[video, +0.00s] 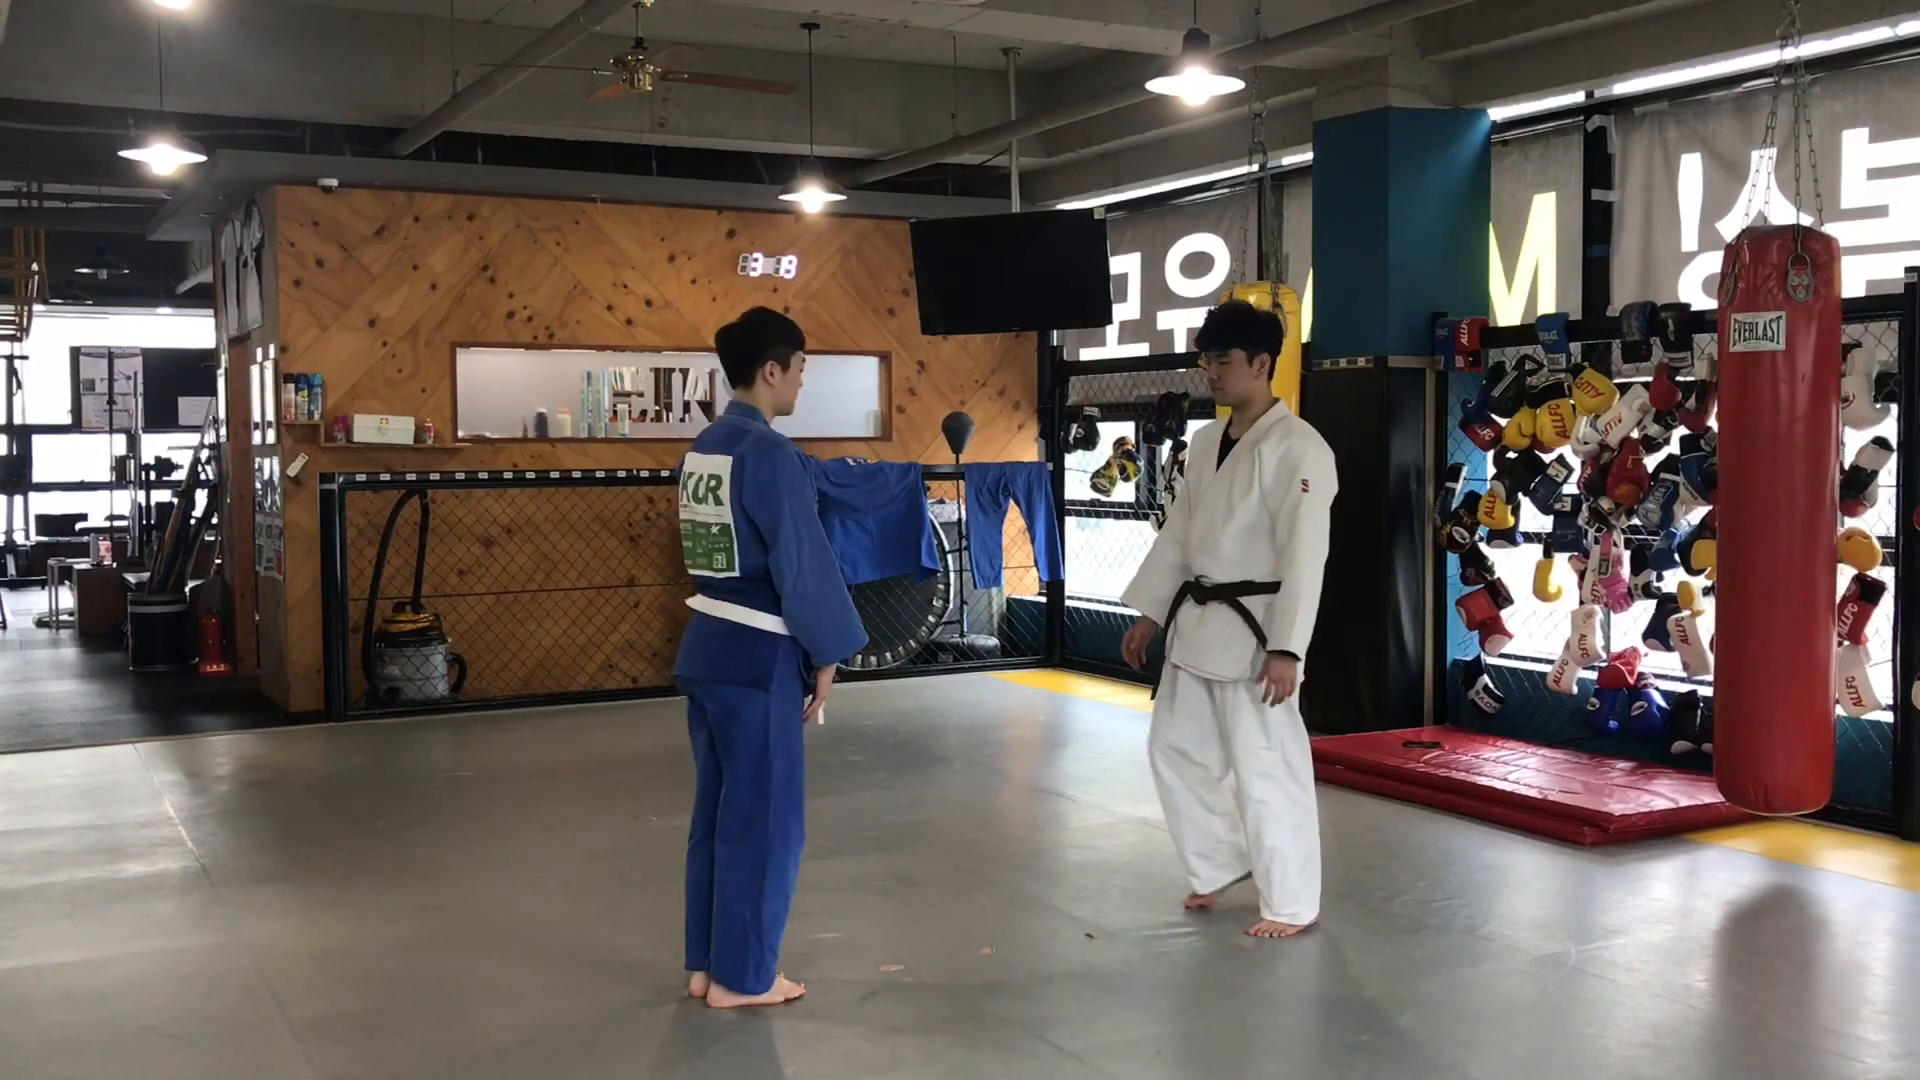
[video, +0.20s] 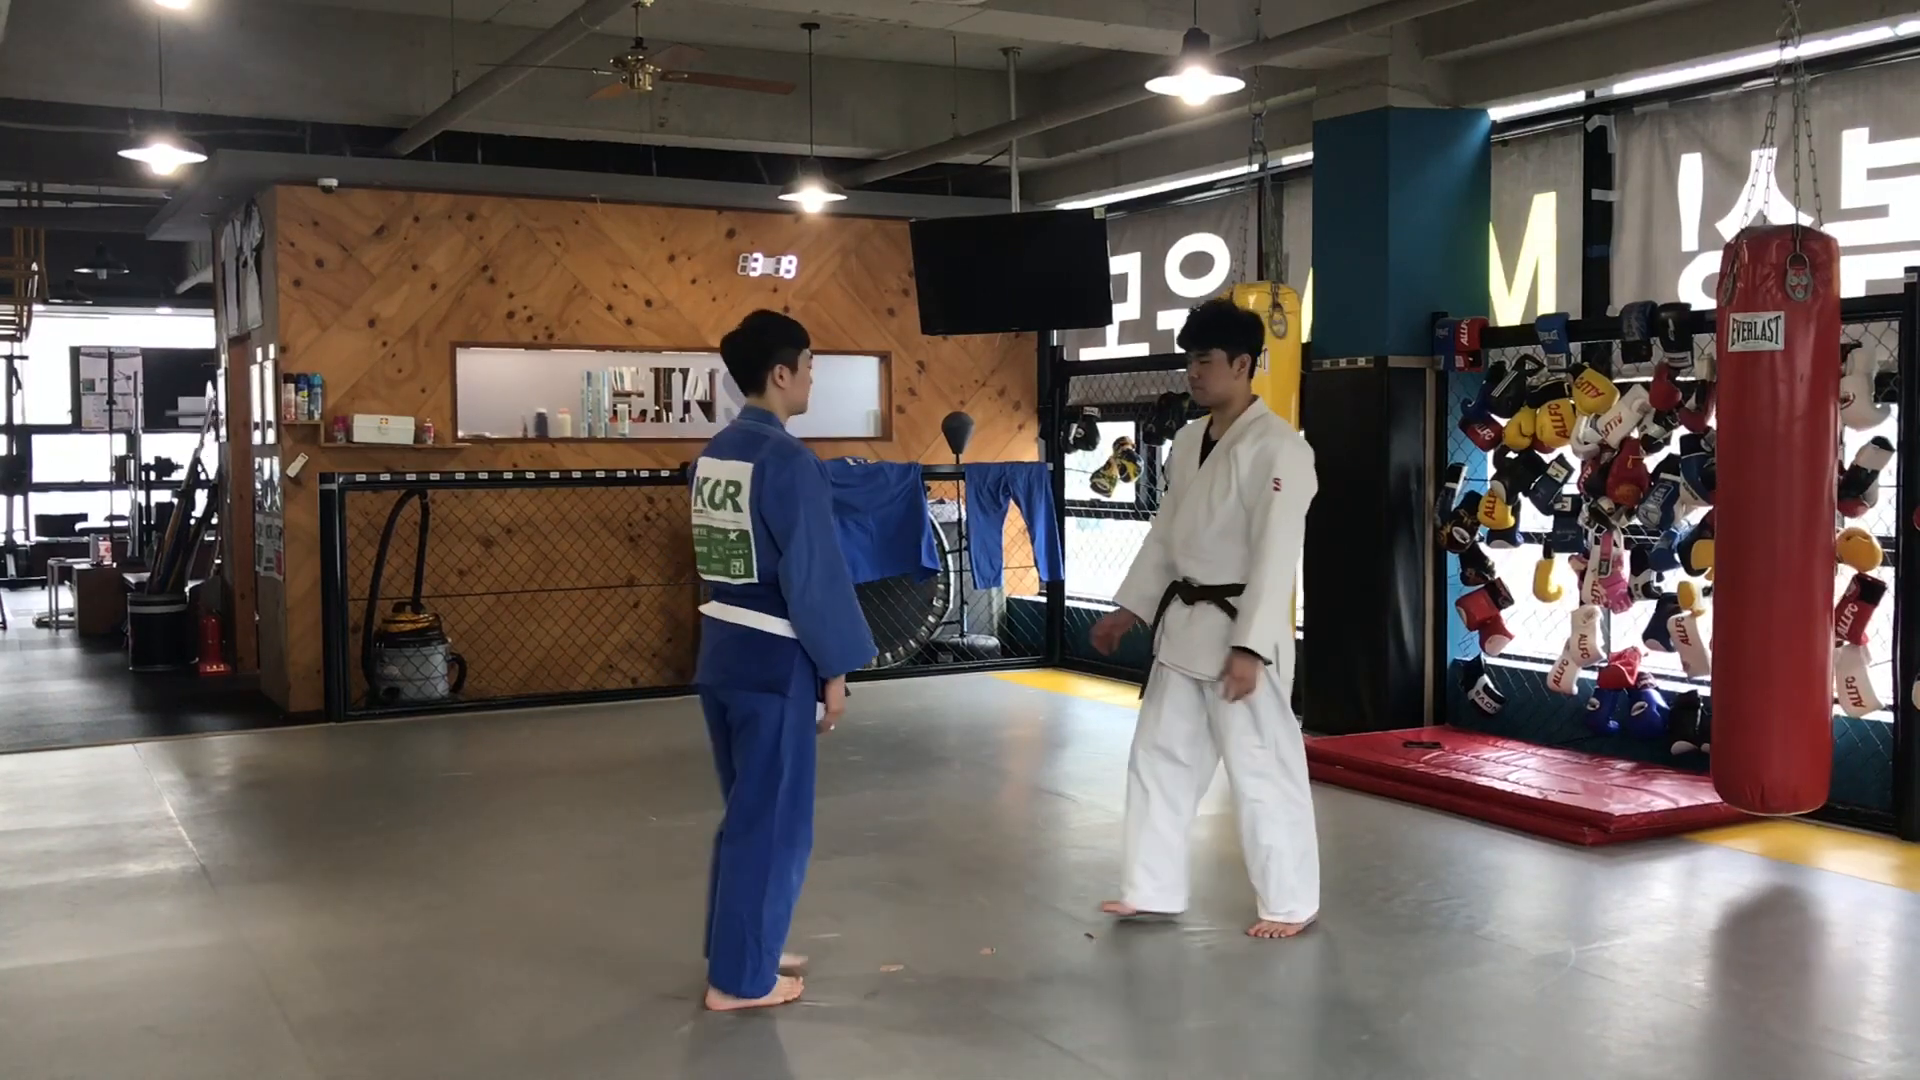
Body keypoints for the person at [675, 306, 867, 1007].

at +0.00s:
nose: (802, 382)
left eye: (801, 369)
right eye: (799, 369)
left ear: (740, 372)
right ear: (773, 370)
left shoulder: (707, 448)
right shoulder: (771, 454)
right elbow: (802, 566)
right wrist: (826, 655)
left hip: (707, 657)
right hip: (758, 664)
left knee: (717, 815)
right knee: (765, 821)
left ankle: (705, 967)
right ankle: (743, 976)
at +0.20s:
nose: (812, 381)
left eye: (809, 368)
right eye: (808, 368)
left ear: (750, 376)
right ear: (783, 373)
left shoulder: (719, 453)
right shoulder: (787, 460)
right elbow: (812, 574)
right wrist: (835, 667)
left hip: (722, 664)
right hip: (773, 671)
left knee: (747, 814)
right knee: (772, 823)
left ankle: (738, 953)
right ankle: (740, 980)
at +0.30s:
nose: (825, 381)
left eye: (822, 368)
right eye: (820, 369)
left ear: (763, 376)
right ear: (796, 374)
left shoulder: (733, 452)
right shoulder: (803, 461)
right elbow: (825, 577)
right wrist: (850, 670)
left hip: (734, 660)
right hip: (785, 667)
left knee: (799, 799)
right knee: (773, 817)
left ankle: (817, 937)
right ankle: (739, 980)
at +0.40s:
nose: (840, 383)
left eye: (838, 371)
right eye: (834, 372)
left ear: (782, 379)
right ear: (809, 377)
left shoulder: (748, 456)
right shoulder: (820, 465)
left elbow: (762, 560)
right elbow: (848, 578)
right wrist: (879, 667)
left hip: (752, 658)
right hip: (801, 666)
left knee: (824, 796)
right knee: (784, 814)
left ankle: (866, 922)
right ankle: (740, 978)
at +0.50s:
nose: (854, 385)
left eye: (852, 373)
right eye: (849, 374)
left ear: (796, 384)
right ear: (826, 381)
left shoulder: (770, 457)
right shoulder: (833, 467)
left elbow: (785, 558)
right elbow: (874, 572)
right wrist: (927, 645)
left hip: (778, 657)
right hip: (821, 665)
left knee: (842, 799)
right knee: (803, 813)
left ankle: (883, 928)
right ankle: (744, 975)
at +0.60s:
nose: (866, 385)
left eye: (864, 374)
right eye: (862, 375)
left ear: (811, 382)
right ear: (840, 380)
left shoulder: (793, 457)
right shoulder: (845, 467)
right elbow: (908, 569)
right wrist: (984, 582)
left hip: (812, 651)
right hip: (845, 661)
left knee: (863, 802)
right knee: (830, 807)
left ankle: (885, 936)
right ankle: (753, 963)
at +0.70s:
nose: (886, 379)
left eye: (883, 366)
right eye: (880, 368)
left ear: (830, 378)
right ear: (855, 375)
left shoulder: (812, 454)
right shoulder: (866, 460)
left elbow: (847, 552)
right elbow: (938, 535)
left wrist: (912, 587)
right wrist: (1013, 517)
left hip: (822, 652)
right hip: (865, 658)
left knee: (855, 795)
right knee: (881, 799)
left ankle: (889, 933)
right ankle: (776, 933)